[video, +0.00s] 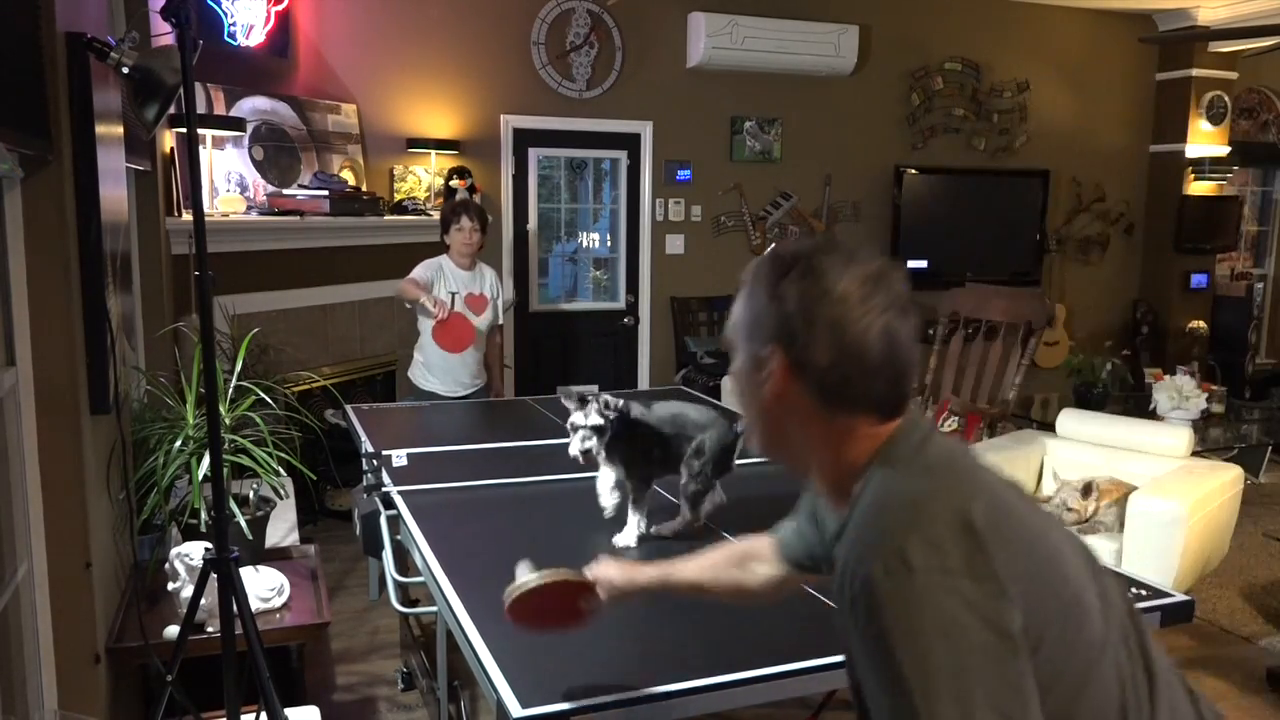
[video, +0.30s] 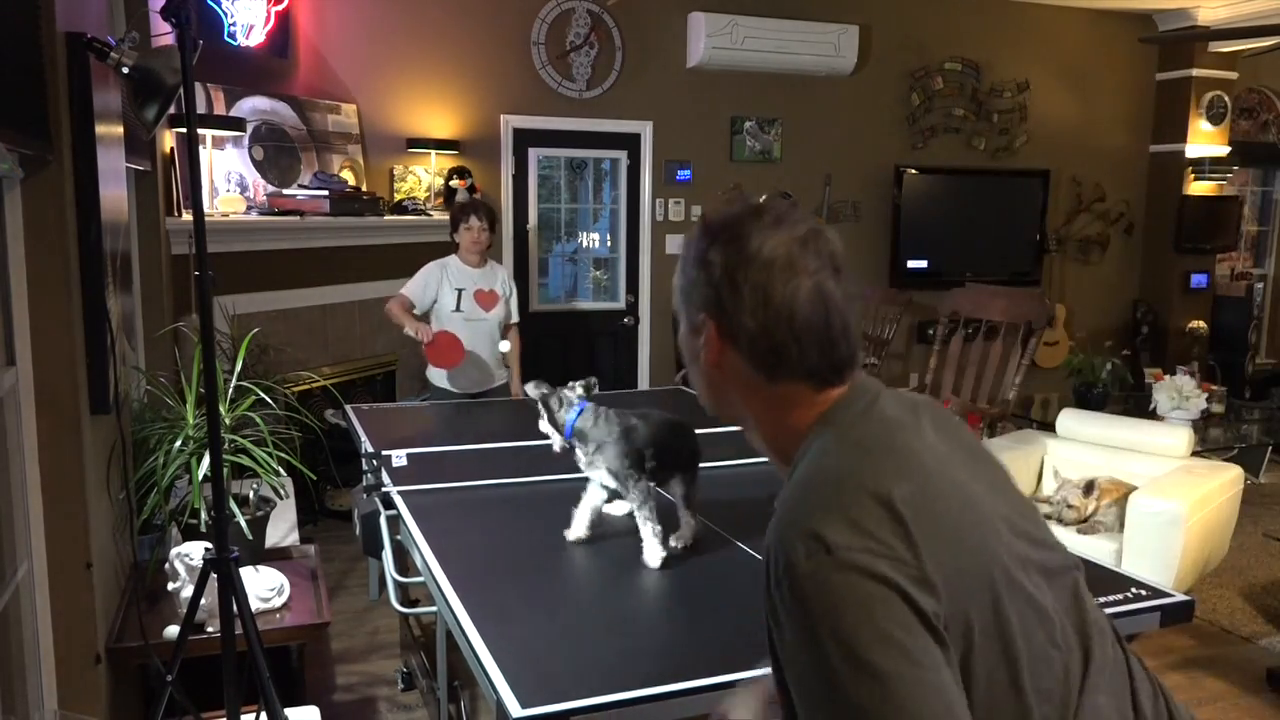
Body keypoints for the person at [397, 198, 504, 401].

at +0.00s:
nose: (468, 236)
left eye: (475, 230)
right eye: (459, 229)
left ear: (482, 237)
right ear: (446, 237)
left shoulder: (489, 277)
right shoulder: (432, 268)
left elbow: (494, 335)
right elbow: (405, 287)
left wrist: (496, 383)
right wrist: (425, 298)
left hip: (474, 388)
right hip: (430, 389)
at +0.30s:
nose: (476, 236)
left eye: (483, 230)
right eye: (468, 229)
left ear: (491, 236)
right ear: (455, 235)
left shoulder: (501, 275)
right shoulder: (437, 271)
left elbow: (511, 329)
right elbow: (395, 305)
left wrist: (515, 381)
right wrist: (412, 323)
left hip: (494, 385)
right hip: (447, 388)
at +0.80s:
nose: (511, 241)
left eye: (517, 233)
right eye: (504, 232)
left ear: (523, 234)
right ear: (489, 233)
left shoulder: (530, 268)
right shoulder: (475, 266)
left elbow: (543, 318)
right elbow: (466, 300)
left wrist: (541, 361)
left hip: (524, 374)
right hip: (485, 374)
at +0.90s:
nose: (513, 238)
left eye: (519, 231)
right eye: (506, 230)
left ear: (524, 232)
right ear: (490, 232)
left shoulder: (530, 269)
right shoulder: (476, 266)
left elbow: (538, 321)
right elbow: (464, 300)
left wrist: (540, 364)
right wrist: (491, 295)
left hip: (524, 375)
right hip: (486, 375)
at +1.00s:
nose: (514, 237)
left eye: (519, 230)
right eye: (506, 230)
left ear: (524, 233)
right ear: (491, 232)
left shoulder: (529, 271)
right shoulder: (476, 267)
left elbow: (537, 324)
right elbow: (459, 306)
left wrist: (541, 367)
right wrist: (489, 307)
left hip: (525, 376)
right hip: (486, 376)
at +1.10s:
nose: (513, 237)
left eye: (519, 230)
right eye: (506, 230)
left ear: (524, 233)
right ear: (490, 232)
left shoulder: (528, 272)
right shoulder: (475, 268)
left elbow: (538, 324)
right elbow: (452, 310)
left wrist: (540, 369)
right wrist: (489, 323)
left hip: (525, 378)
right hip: (486, 378)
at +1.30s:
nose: (511, 236)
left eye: (516, 230)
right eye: (503, 229)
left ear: (521, 233)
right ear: (487, 233)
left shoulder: (528, 273)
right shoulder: (468, 270)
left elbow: (537, 326)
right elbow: (443, 318)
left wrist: (541, 374)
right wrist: (479, 345)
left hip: (525, 381)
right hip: (483, 381)